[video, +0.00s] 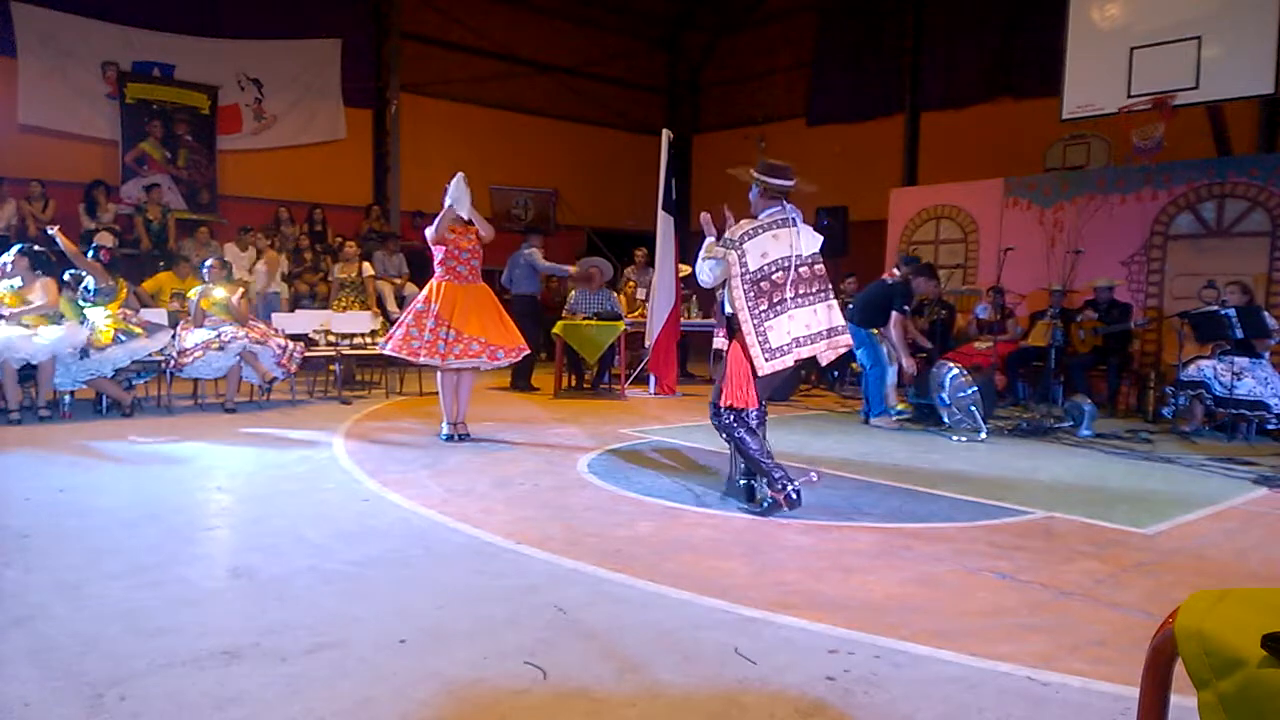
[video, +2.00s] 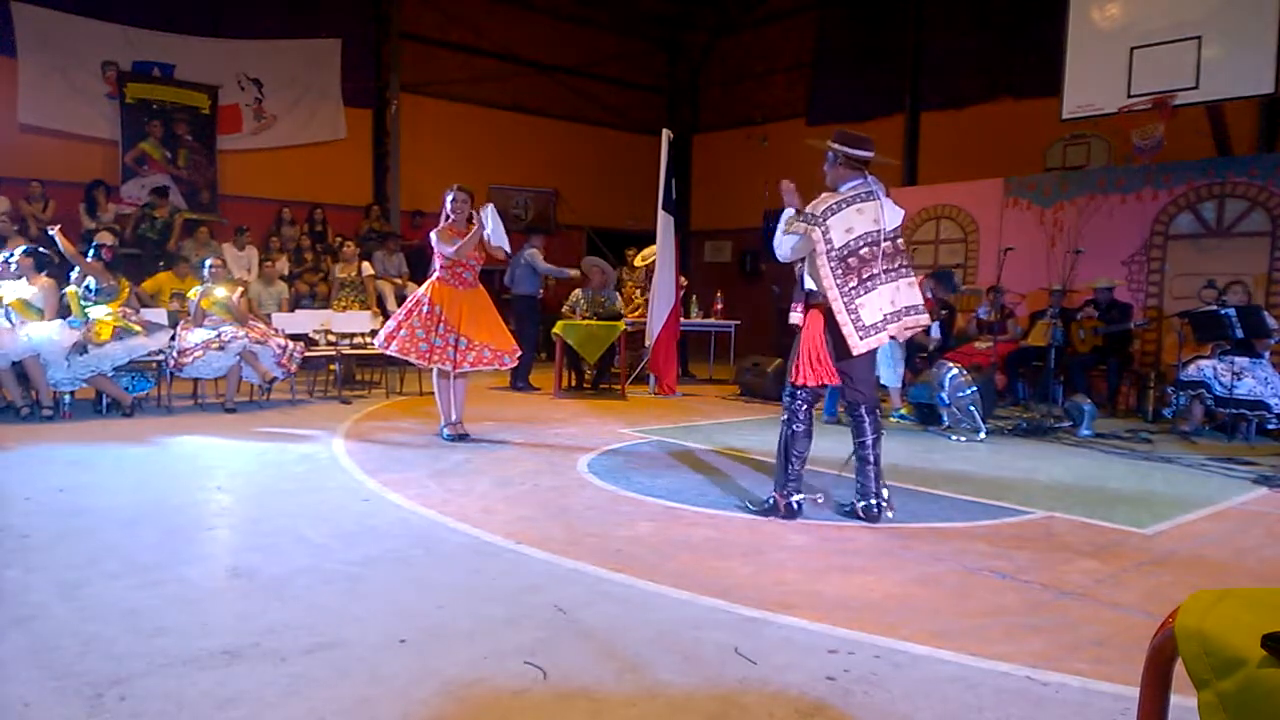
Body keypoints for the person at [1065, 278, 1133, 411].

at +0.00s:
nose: (1099, 295)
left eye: (1103, 291)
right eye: (1097, 291)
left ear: (1111, 292)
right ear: (1094, 292)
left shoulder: (1123, 308)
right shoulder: (1090, 305)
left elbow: (1118, 321)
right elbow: (1070, 315)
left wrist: (1097, 317)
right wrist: (1079, 316)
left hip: (1116, 350)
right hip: (1096, 348)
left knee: (1114, 367)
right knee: (1076, 364)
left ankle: (1111, 404)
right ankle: (1084, 400)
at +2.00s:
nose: (1097, 295)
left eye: (1101, 292)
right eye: (1096, 292)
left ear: (1110, 292)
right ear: (1094, 292)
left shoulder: (1124, 308)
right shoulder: (1091, 305)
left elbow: (1118, 320)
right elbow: (1068, 315)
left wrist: (1097, 315)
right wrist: (1079, 315)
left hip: (1117, 349)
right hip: (1096, 348)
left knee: (1114, 365)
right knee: (1076, 362)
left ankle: (1111, 403)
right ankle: (1083, 399)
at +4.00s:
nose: (1111, 294)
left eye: (1114, 291)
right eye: (1108, 291)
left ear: (1118, 292)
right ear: (1101, 293)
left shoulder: (1126, 308)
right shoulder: (1093, 304)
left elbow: (1121, 320)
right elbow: (1067, 316)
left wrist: (1102, 311)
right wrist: (1084, 312)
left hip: (1117, 349)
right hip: (1096, 348)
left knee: (1114, 365)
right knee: (1077, 362)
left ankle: (1111, 404)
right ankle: (1082, 400)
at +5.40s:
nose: (1113, 294)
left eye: (1116, 290)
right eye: (1110, 290)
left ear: (1119, 292)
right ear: (1102, 292)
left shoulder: (1127, 308)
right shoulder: (1093, 305)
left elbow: (1122, 322)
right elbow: (1069, 315)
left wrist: (1101, 316)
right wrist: (1081, 316)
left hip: (1118, 350)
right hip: (1097, 349)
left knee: (1115, 368)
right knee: (1077, 364)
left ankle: (1111, 404)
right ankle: (1083, 400)